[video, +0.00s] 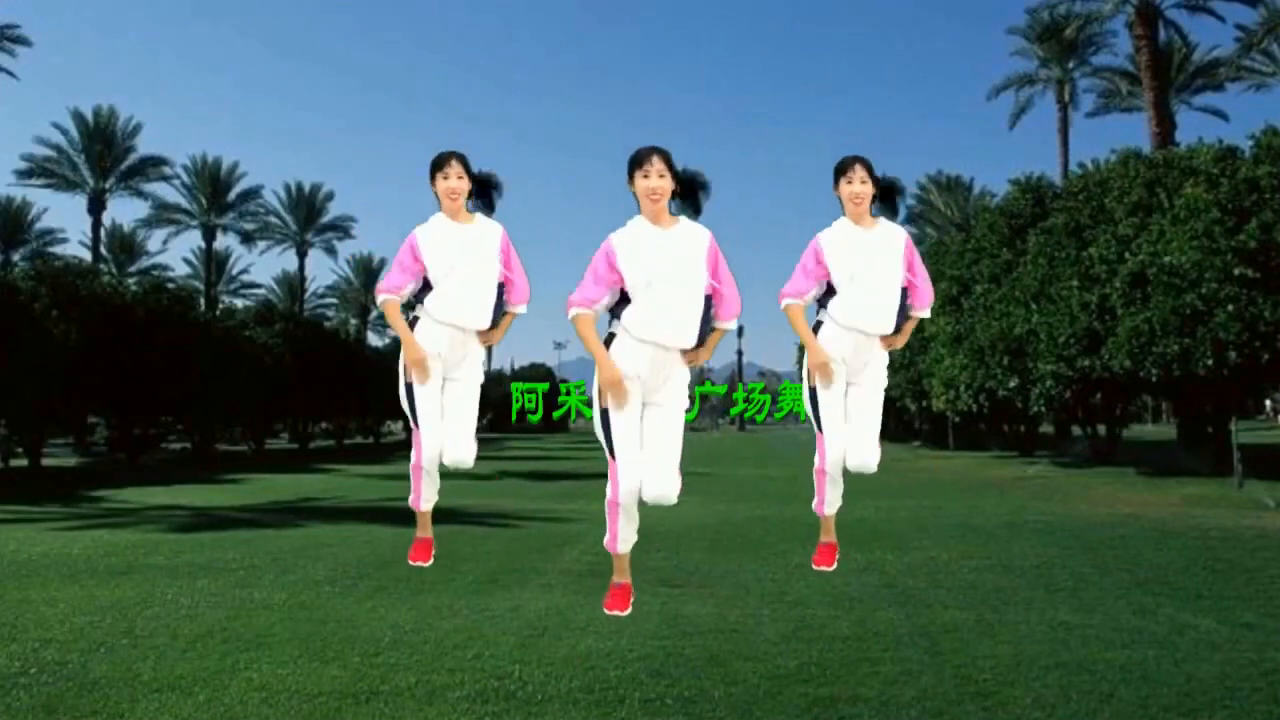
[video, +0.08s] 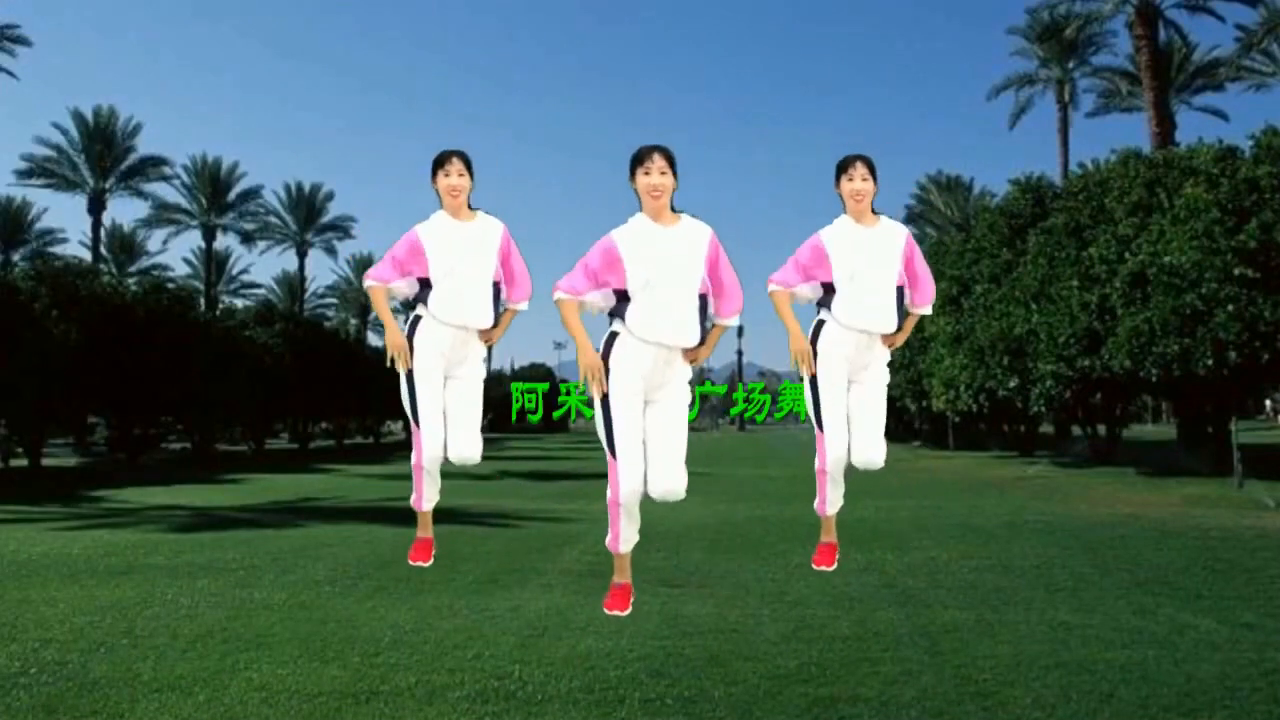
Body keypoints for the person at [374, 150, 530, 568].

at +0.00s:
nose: (453, 184)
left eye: (460, 177)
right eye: (445, 178)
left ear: (471, 184)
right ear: (434, 186)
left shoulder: (493, 234)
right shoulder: (424, 236)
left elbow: (519, 292)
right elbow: (387, 293)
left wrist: (496, 333)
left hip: (470, 343)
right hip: (427, 338)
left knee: (461, 455)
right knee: (427, 442)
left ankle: (430, 435)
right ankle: (424, 531)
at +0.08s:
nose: (454, 181)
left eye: (461, 174)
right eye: (446, 175)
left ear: (472, 181)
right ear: (435, 183)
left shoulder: (494, 231)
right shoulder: (424, 234)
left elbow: (520, 288)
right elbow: (374, 280)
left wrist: (497, 330)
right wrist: (392, 330)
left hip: (472, 342)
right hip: (430, 339)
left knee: (466, 453)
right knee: (429, 444)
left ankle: (432, 418)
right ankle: (424, 533)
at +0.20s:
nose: (461, 156)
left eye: (468, 149)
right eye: (453, 149)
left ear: (478, 158)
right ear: (441, 158)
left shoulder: (497, 207)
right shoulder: (422, 205)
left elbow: (530, 255)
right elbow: (372, 239)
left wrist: (506, 298)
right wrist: (402, 287)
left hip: (483, 319)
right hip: (438, 318)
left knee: (484, 428)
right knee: (438, 427)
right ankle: (426, 528)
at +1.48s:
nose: (462, 162)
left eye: (470, 154)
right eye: (457, 155)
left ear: (488, 161)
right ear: (450, 163)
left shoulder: (508, 205)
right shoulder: (433, 208)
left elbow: (562, 221)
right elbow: (392, 258)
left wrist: (528, 255)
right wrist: (419, 303)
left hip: (495, 316)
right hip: (450, 318)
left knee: (493, 428)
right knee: (453, 428)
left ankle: (484, 531)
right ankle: (445, 530)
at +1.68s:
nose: (465, 156)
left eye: (473, 149)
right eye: (461, 150)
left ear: (493, 155)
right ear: (455, 157)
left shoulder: (515, 198)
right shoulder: (438, 202)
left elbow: (569, 212)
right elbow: (394, 248)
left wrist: (541, 198)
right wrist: (421, 294)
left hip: (494, 310)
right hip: (449, 310)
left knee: (491, 426)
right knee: (448, 428)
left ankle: (487, 531)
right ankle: (444, 530)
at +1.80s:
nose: (469, 179)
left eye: (478, 172)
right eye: (465, 172)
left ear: (498, 179)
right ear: (460, 179)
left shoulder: (512, 227)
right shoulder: (439, 221)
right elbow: (398, 270)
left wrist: (527, 232)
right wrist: (416, 318)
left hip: (496, 332)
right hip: (452, 333)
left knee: (496, 439)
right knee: (469, 440)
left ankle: (485, 533)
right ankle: (454, 514)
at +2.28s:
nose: (452, 180)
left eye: (460, 173)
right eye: (448, 173)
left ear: (479, 180)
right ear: (443, 180)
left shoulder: (497, 226)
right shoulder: (426, 225)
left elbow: (483, 261)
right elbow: (384, 261)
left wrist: (471, 206)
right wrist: (403, 306)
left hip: (468, 340)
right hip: (423, 334)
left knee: (461, 453)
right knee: (410, 441)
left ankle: (483, 529)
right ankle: (386, 523)